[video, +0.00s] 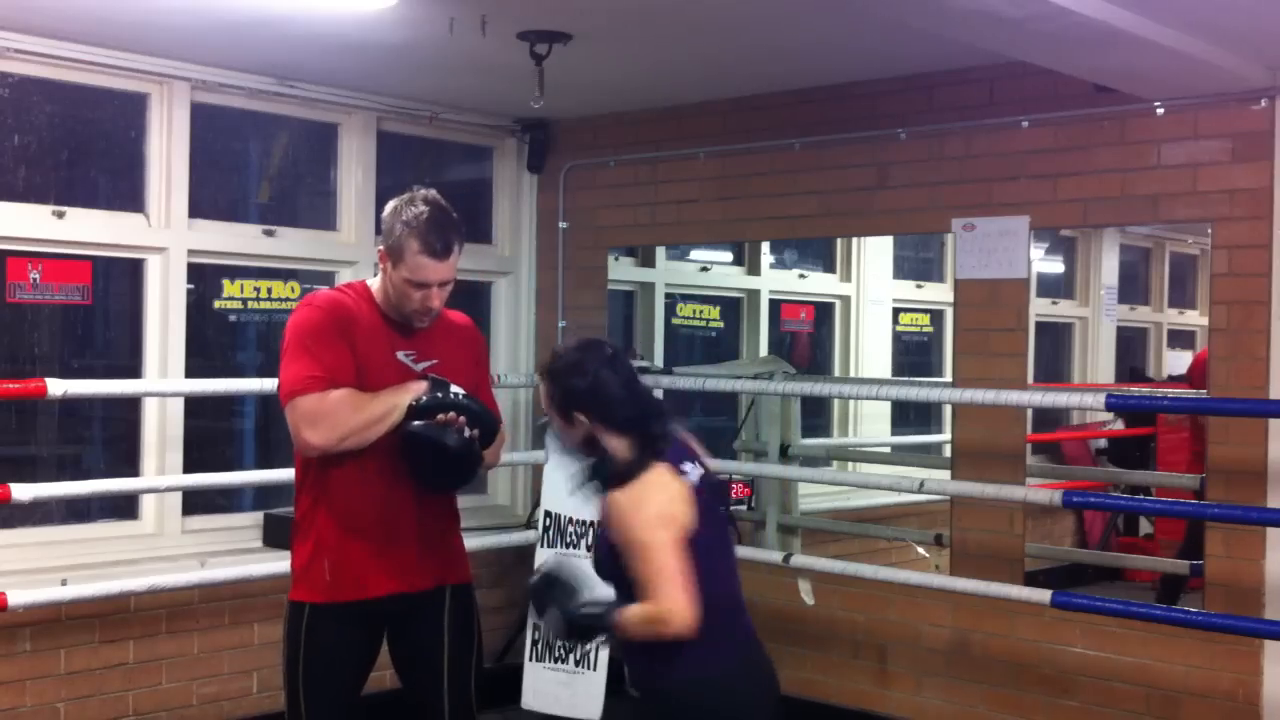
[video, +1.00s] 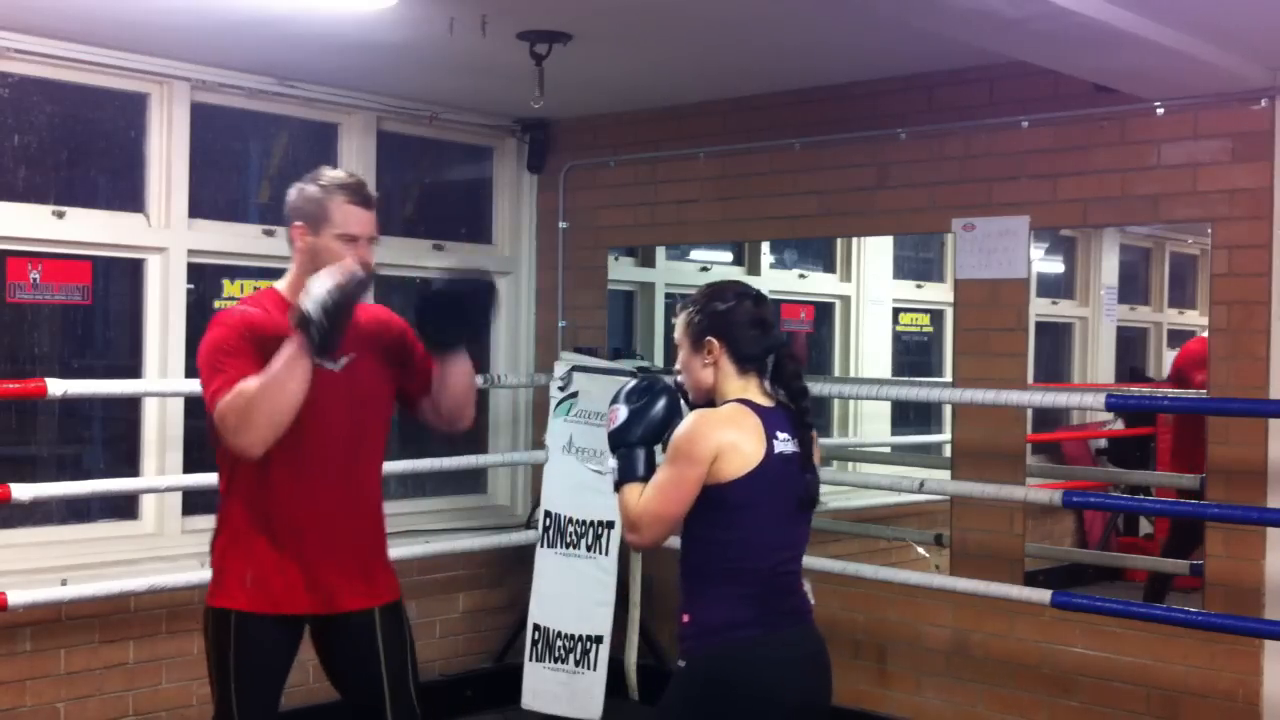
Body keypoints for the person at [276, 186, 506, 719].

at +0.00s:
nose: (436, 300)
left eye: (446, 285)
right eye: (421, 285)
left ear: (455, 267)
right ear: (384, 263)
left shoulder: (462, 334)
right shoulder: (323, 315)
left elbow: (495, 442)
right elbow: (315, 429)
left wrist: (464, 441)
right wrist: (420, 390)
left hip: (437, 578)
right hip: (336, 582)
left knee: (452, 709)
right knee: (319, 713)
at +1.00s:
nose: (364, 257)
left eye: (370, 243)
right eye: (348, 240)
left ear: (378, 243)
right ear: (300, 237)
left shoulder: (383, 329)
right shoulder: (239, 326)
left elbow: (454, 417)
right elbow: (245, 434)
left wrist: (455, 337)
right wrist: (308, 337)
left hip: (359, 577)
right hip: (257, 579)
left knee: (396, 710)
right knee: (242, 712)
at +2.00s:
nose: (320, 262)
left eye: (329, 246)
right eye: (307, 245)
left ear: (336, 242)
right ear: (260, 238)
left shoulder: (343, 330)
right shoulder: (203, 331)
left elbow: (403, 407)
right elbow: (229, 424)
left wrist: (408, 329)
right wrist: (272, 319)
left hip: (348, 582)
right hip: (246, 591)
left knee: (378, 710)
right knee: (241, 714)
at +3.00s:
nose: (460, 278)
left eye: (467, 263)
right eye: (446, 259)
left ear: (471, 262)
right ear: (400, 250)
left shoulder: (467, 363)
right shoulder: (308, 316)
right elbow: (240, 425)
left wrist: (542, 483)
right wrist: (324, 356)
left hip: (380, 582)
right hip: (276, 569)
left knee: (399, 710)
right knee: (247, 712)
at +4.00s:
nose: (347, 253)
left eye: (353, 238)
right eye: (332, 235)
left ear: (358, 241)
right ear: (284, 234)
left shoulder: (384, 334)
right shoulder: (225, 338)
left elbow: (426, 440)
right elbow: (249, 443)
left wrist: (408, 533)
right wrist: (303, 335)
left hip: (355, 581)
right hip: (252, 581)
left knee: (383, 709)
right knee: (238, 712)